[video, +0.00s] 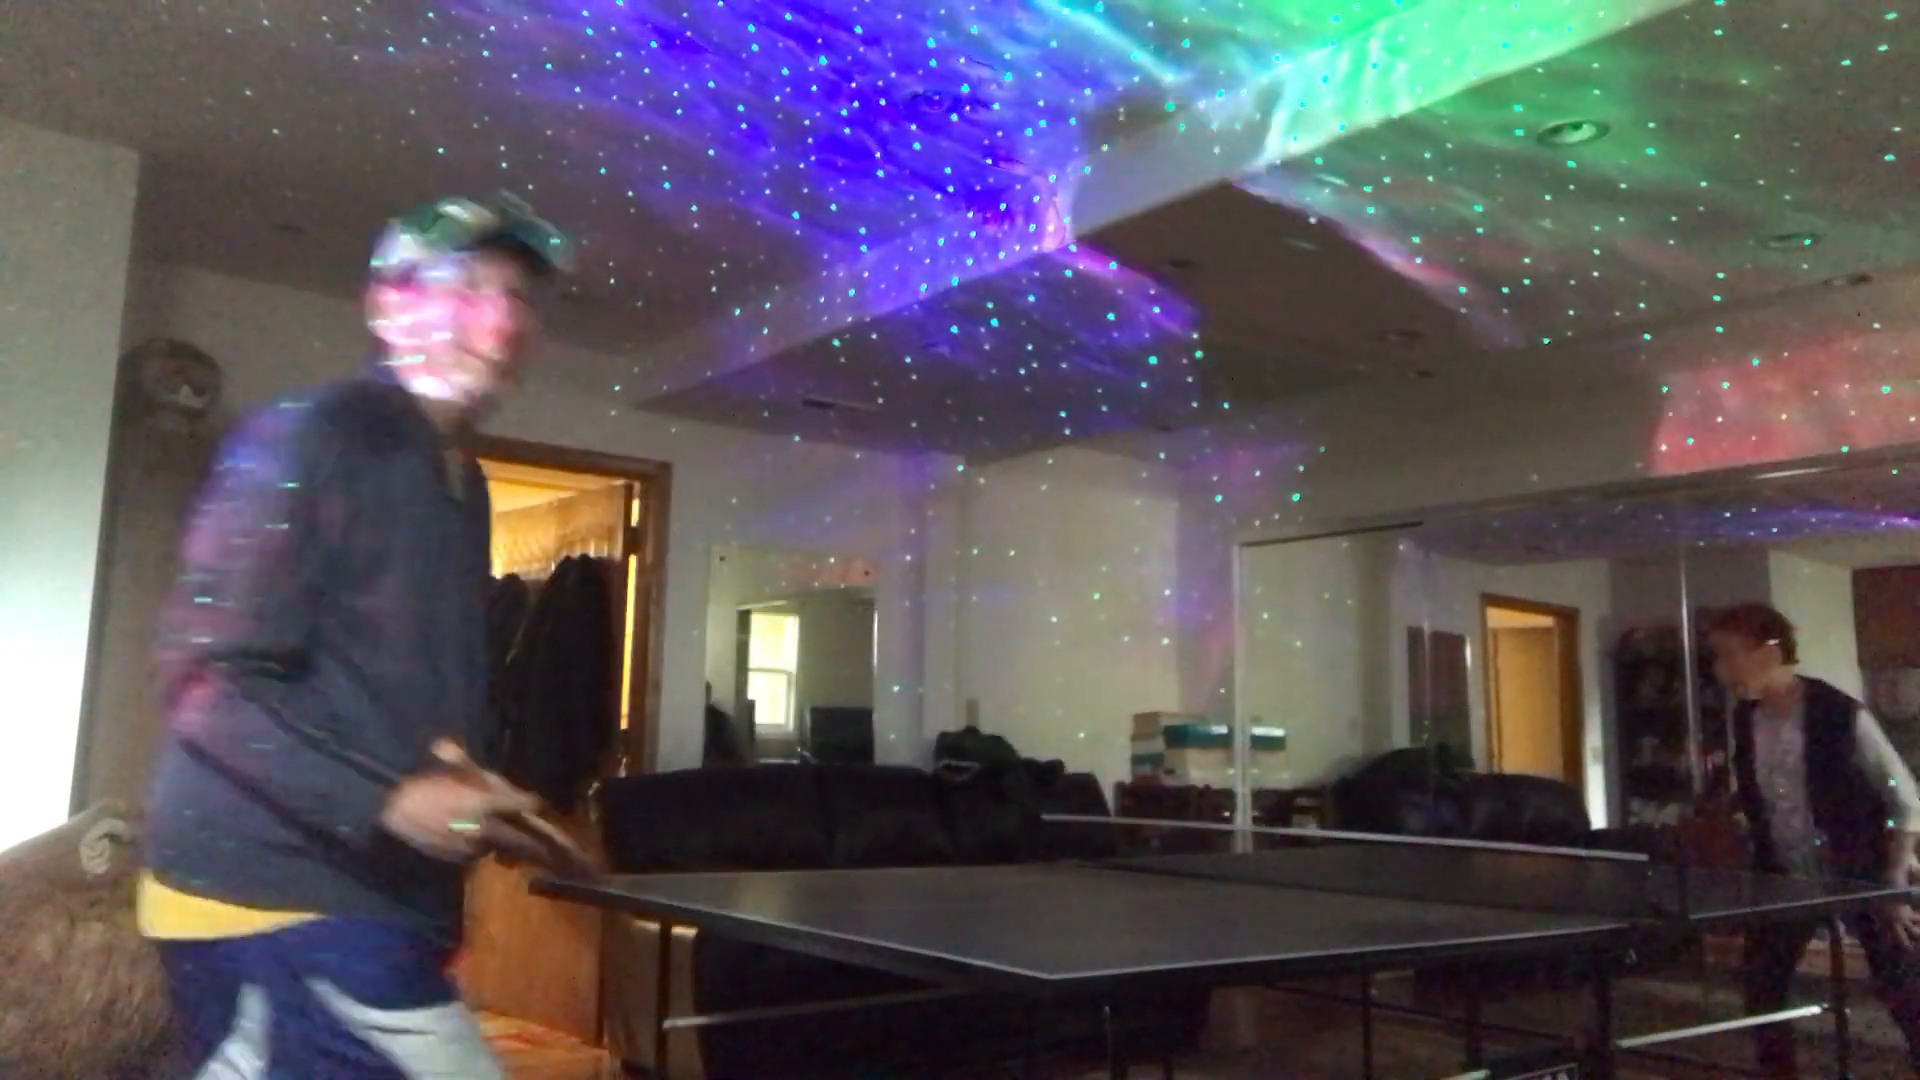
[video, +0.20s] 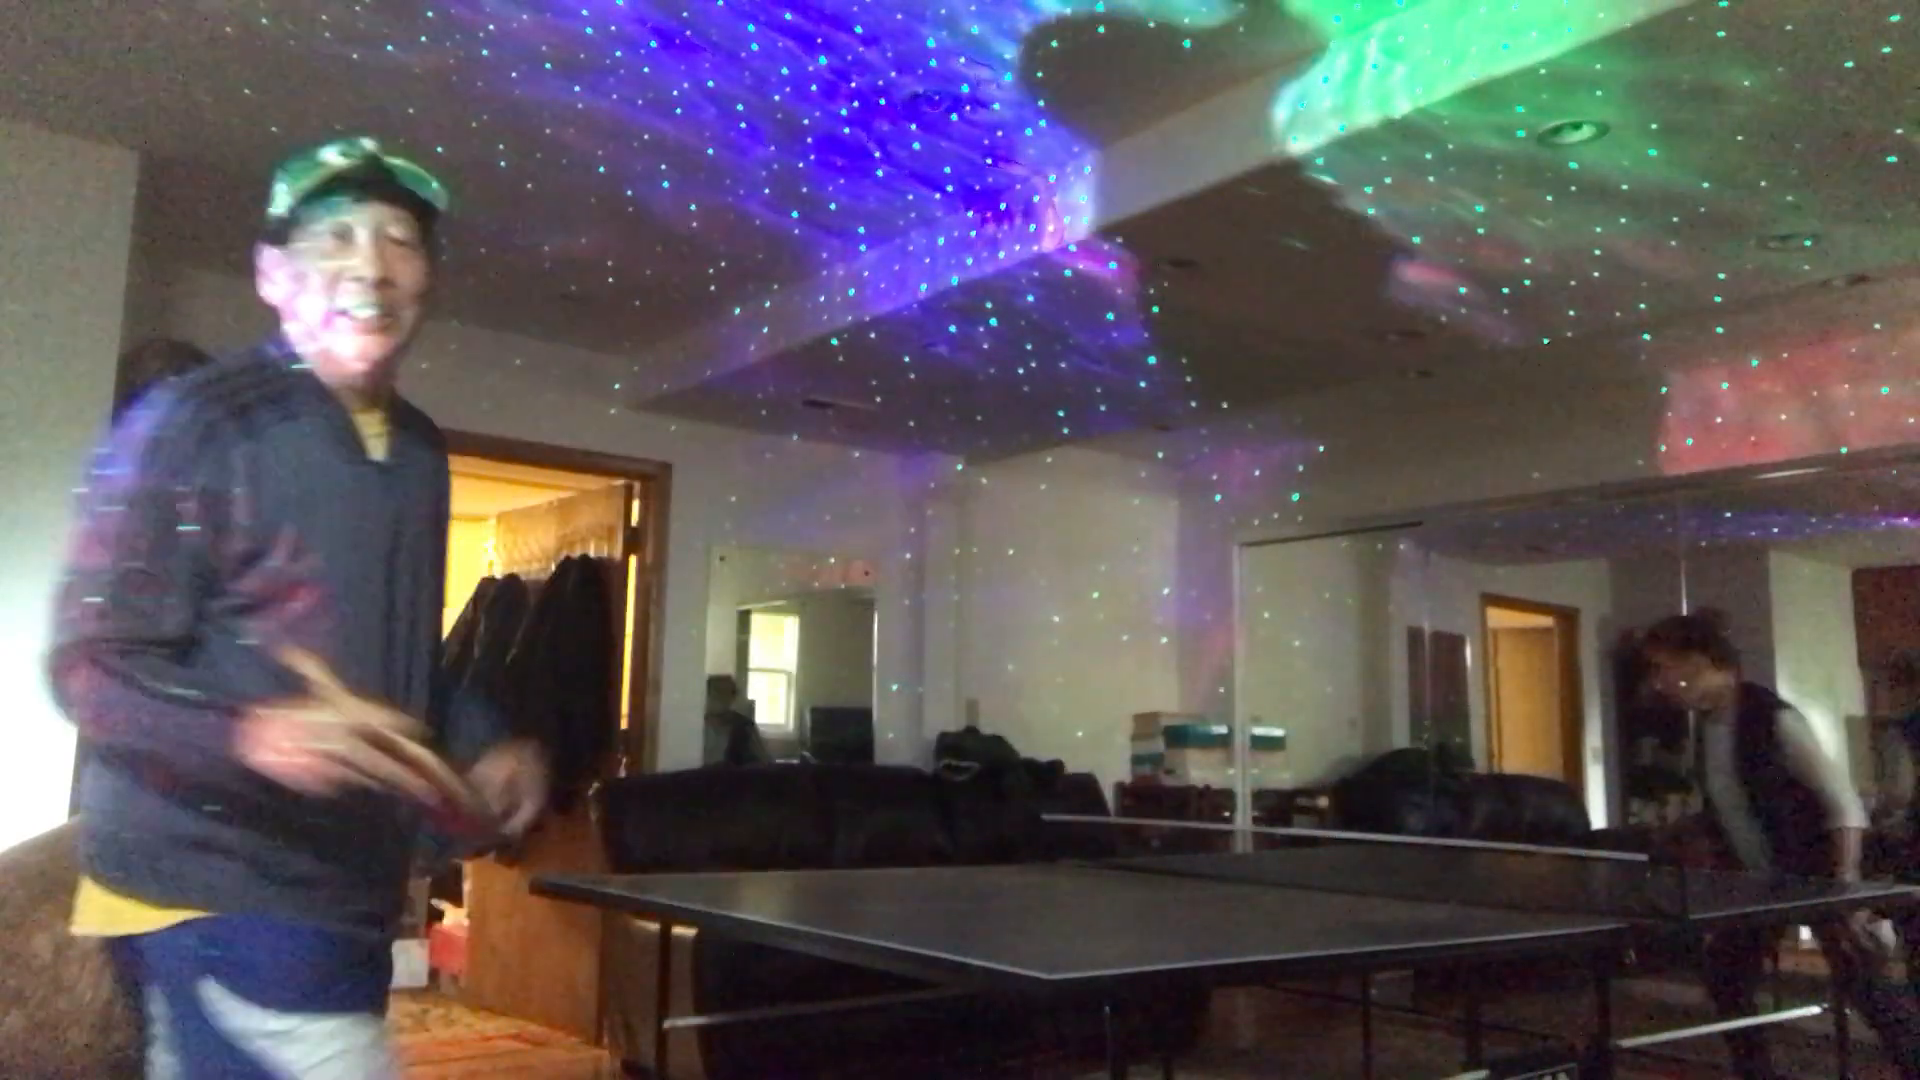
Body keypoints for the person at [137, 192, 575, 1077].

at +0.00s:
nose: (493, 323)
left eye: (515, 298)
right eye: (462, 287)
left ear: (528, 330)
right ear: (389, 305)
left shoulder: (462, 488)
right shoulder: (306, 439)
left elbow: (433, 697)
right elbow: (205, 680)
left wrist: (473, 789)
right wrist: (389, 799)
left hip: (378, 904)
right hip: (278, 904)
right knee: (449, 1060)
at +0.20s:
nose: (370, 269)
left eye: (399, 241)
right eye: (334, 238)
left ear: (429, 279)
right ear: (274, 275)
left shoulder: (418, 455)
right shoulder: (190, 428)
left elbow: (404, 656)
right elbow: (92, 664)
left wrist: (485, 743)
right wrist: (245, 735)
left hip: (346, 895)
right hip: (220, 895)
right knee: (344, 1059)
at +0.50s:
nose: (275, 203)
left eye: (313, 172)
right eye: (236, 162)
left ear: (358, 221)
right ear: (170, 202)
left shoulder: (415, 422)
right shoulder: (65, 369)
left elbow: (481, 600)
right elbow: (24, 587)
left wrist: (599, 548)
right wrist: (13, 483)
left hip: (304, 965)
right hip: (74, 950)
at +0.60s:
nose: (248, 175)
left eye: (288, 144)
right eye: (204, 134)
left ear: (337, 200)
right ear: (139, 180)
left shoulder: (412, 410)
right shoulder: (32, 353)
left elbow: (505, 595)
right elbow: (8, 575)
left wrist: (677, 540)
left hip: (304, 983)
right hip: (49, 975)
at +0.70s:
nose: (226, 154)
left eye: (271, 120)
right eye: (180, 109)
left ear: (321, 173)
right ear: (109, 154)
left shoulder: (406, 392)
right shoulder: (21, 336)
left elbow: (514, 606)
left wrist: (587, 542)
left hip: (303, 995)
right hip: (41, 993)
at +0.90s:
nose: (193, 121)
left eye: (244, 74)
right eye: (141, 68)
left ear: (309, 131)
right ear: (71, 115)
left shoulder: (417, 372)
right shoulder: (14, 317)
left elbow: (573, 545)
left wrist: (731, 493)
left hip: (287, 987)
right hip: (30, 983)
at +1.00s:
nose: (208, 95)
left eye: (262, 51)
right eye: (156, 43)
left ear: (332, 105)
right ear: (82, 85)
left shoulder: (436, 365)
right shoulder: (10, 294)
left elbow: (573, 562)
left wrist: (724, 486)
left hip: (288, 991)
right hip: (23, 977)